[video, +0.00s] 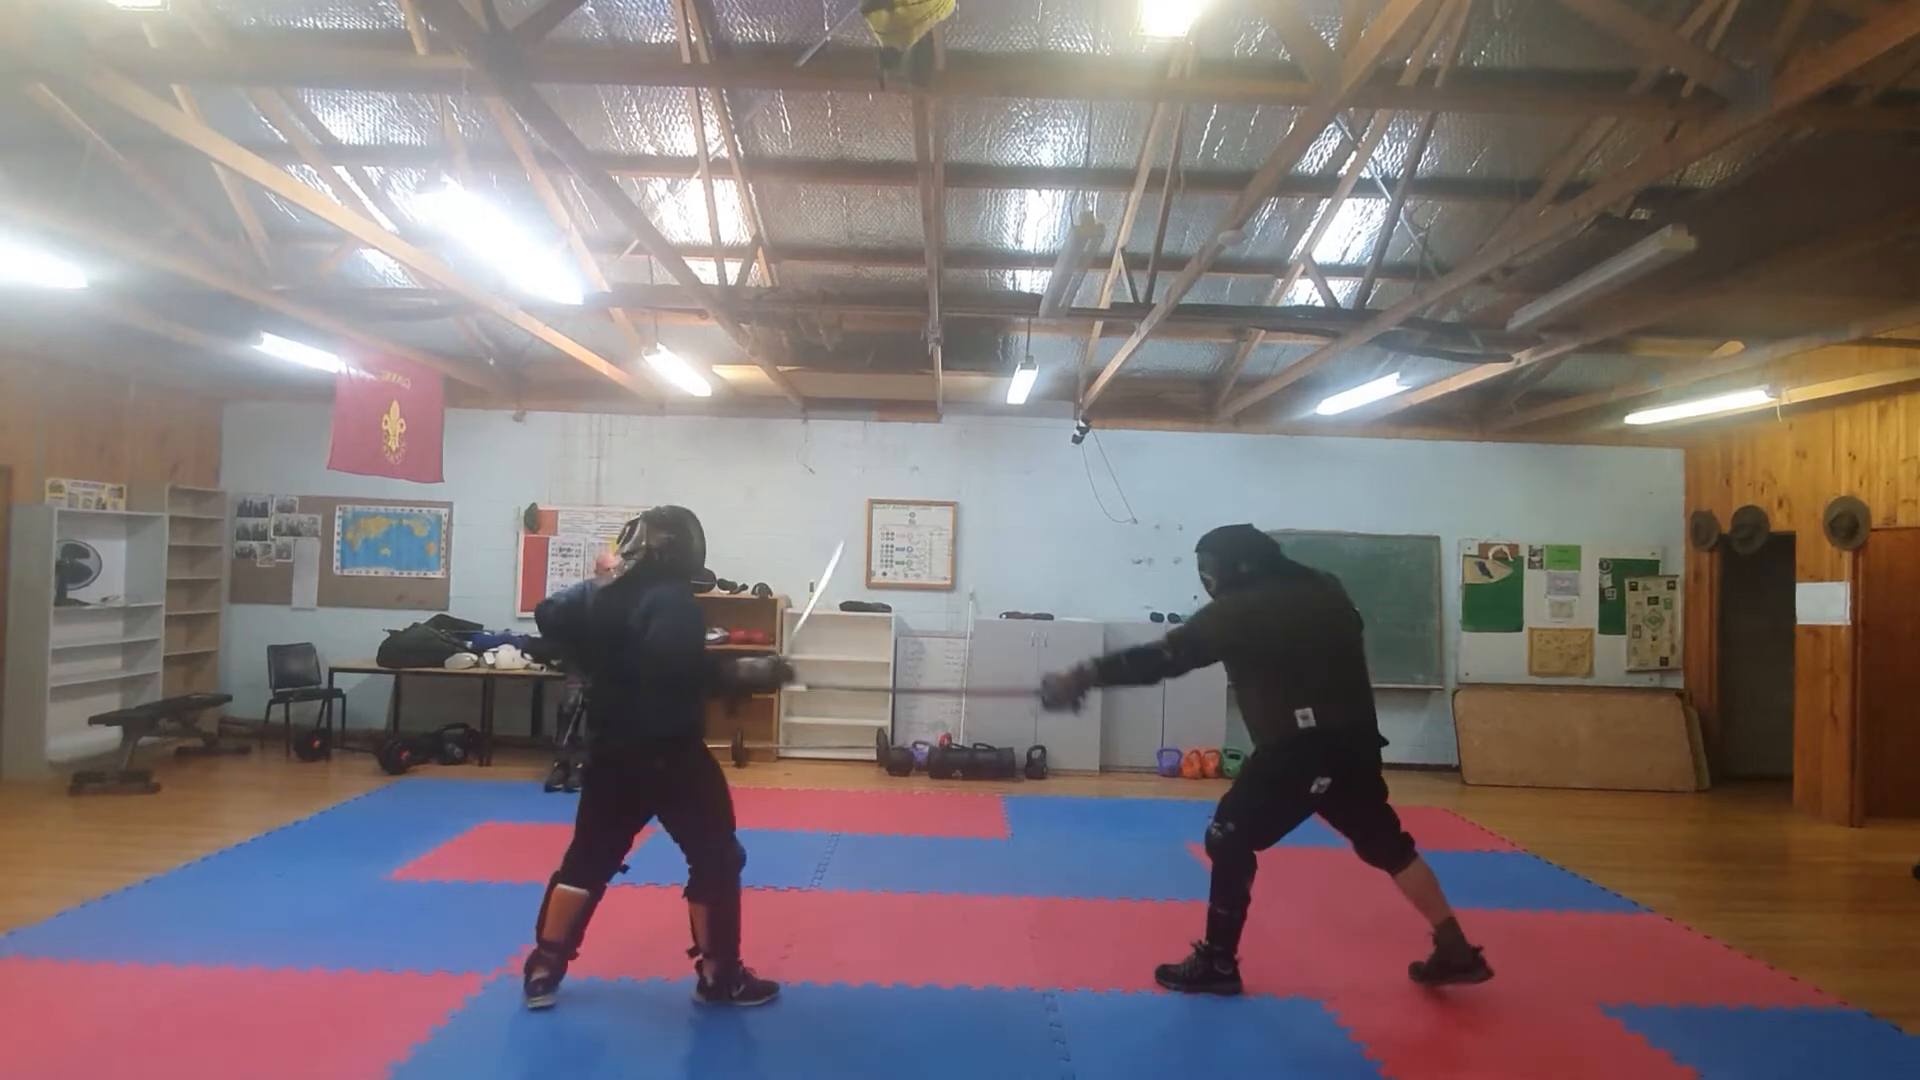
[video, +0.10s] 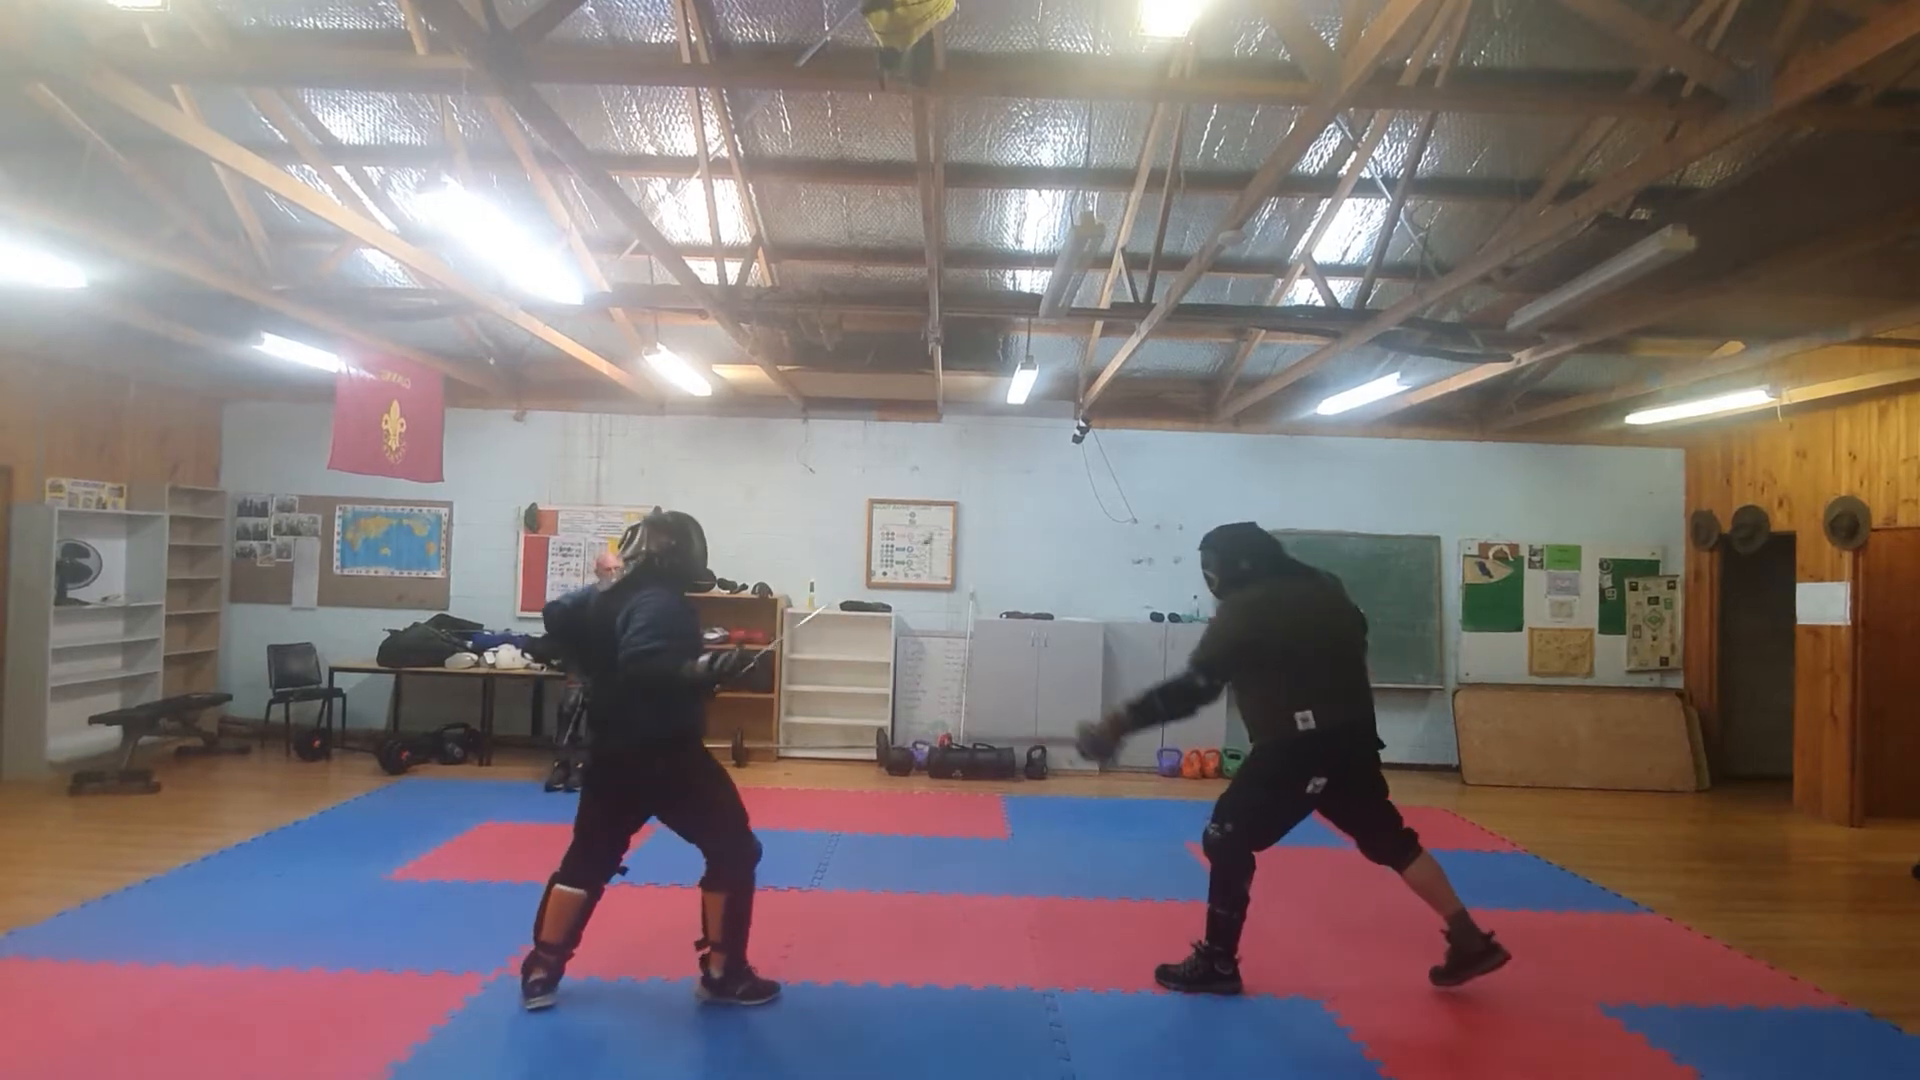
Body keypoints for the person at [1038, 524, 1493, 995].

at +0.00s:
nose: (1206, 588)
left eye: (1208, 576)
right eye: (1205, 577)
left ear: (1231, 569)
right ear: (1264, 558)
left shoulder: (1235, 610)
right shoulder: (1326, 589)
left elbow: (1165, 657)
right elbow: (1351, 645)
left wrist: (1086, 675)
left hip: (1290, 752)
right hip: (1354, 743)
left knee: (1230, 840)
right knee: (1390, 846)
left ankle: (1217, 960)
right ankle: (1456, 947)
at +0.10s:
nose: (1212, 586)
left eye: (1213, 575)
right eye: (1209, 576)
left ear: (1233, 566)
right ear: (1267, 556)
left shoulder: (1239, 610)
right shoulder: (1325, 589)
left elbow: (1195, 687)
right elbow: (1355, 641)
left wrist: (1120, 723)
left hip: (1292, 748)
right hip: (1354, 741)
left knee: (1228, 838)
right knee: (1391, 841)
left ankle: (1217, 960)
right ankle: (1469, 939)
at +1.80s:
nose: (1414, 560)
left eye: (1420, 549)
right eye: (1412, 550)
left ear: (1451, 542)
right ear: (1465, 541)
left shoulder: (1463, 600)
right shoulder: (1507, 596)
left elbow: (1445, 695)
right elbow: (1443, 669)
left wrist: (1382, 696)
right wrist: (1383, 674)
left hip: (1433, 763)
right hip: (1481, 763)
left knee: (1399, 863)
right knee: (1486, 865)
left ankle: (1369, 976)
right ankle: (1498, 986)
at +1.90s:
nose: (1415, 559)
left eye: (1421, 548)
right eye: (1413, 549)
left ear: (1454, 542)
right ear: (1465, 542)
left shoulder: (1466, 598)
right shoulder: (1503, 593)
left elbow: (1446, 689)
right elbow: (1436, 660)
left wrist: (1379, 704)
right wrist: (1377, 672)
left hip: (1434, 762)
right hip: (1482, 761)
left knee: (1398, 862)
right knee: (1486, 864)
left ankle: (1369, 976)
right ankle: (1498, 987)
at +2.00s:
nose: (1416, 559)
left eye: (1422, 547)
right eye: (1413, 549)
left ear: (1455, 542)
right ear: (1466, 542)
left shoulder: (1470, 599)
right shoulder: (1503, 594)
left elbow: (1449, 689)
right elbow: (1426, 660)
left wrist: (1379, 708)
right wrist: (1374, 681)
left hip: (1435, 761)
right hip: (1483, 762)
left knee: (1398, 861)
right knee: (1487, 864)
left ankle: (1370, 976)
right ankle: (1498, 987)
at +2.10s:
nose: (1415, 559)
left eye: (1421, 548)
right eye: (1413, 549)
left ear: (1454, 543)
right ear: (1470, 543)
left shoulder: (1460, 600)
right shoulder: (1513, 600)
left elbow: (1438, 691)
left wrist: (1371, 710)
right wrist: (1372, 704)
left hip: (1433, 760)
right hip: (1485, 762)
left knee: (1395, 860)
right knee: (1487, 864)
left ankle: (1369, 976)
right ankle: (1499, 988)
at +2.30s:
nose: (1407, 563)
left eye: (1413, 552)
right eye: (1405, 553)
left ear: (1444, 545)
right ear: (1456, 544)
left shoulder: (1455, 602)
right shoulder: (1505, 598)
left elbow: (1429, 697)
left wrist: (1349, 706)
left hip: (1428, 760)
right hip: (1482, 762)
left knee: (1380, 852)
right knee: (1487, 865)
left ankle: (1366, 974)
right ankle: (1499, 988)